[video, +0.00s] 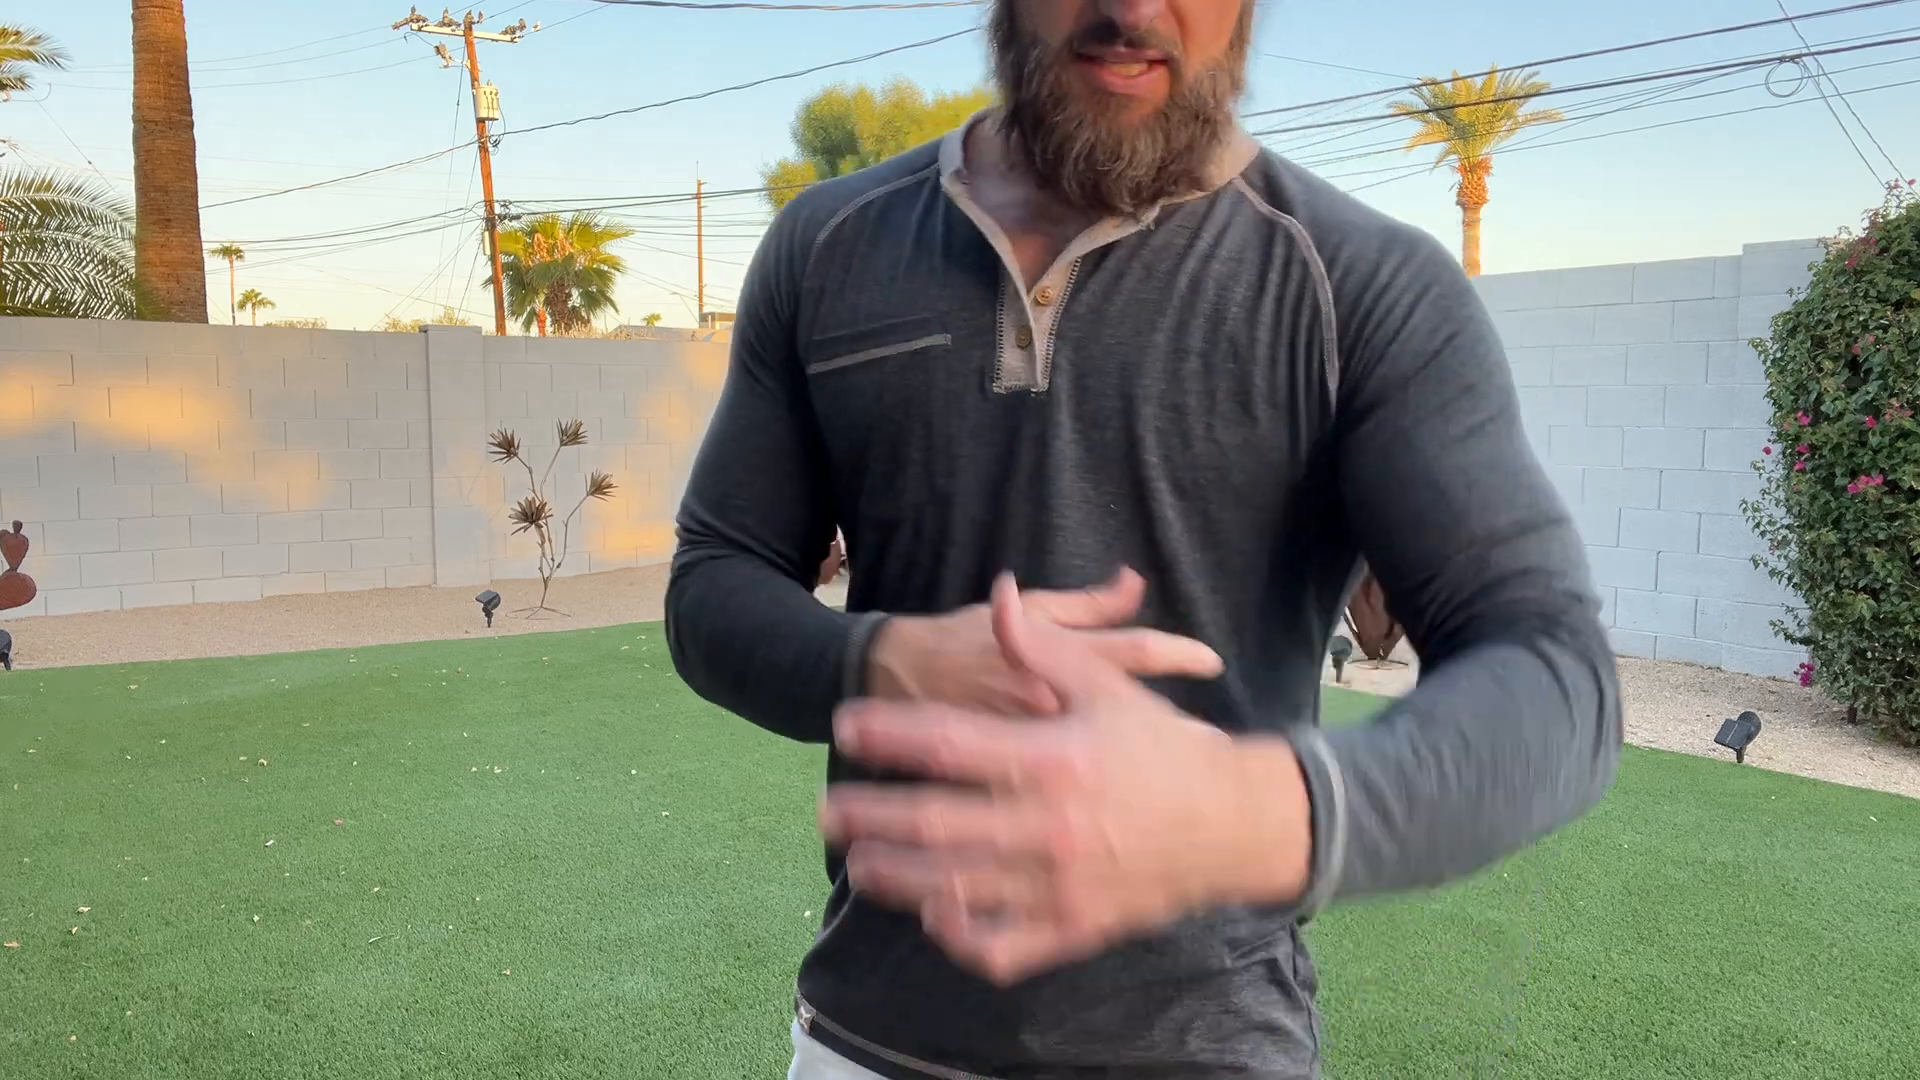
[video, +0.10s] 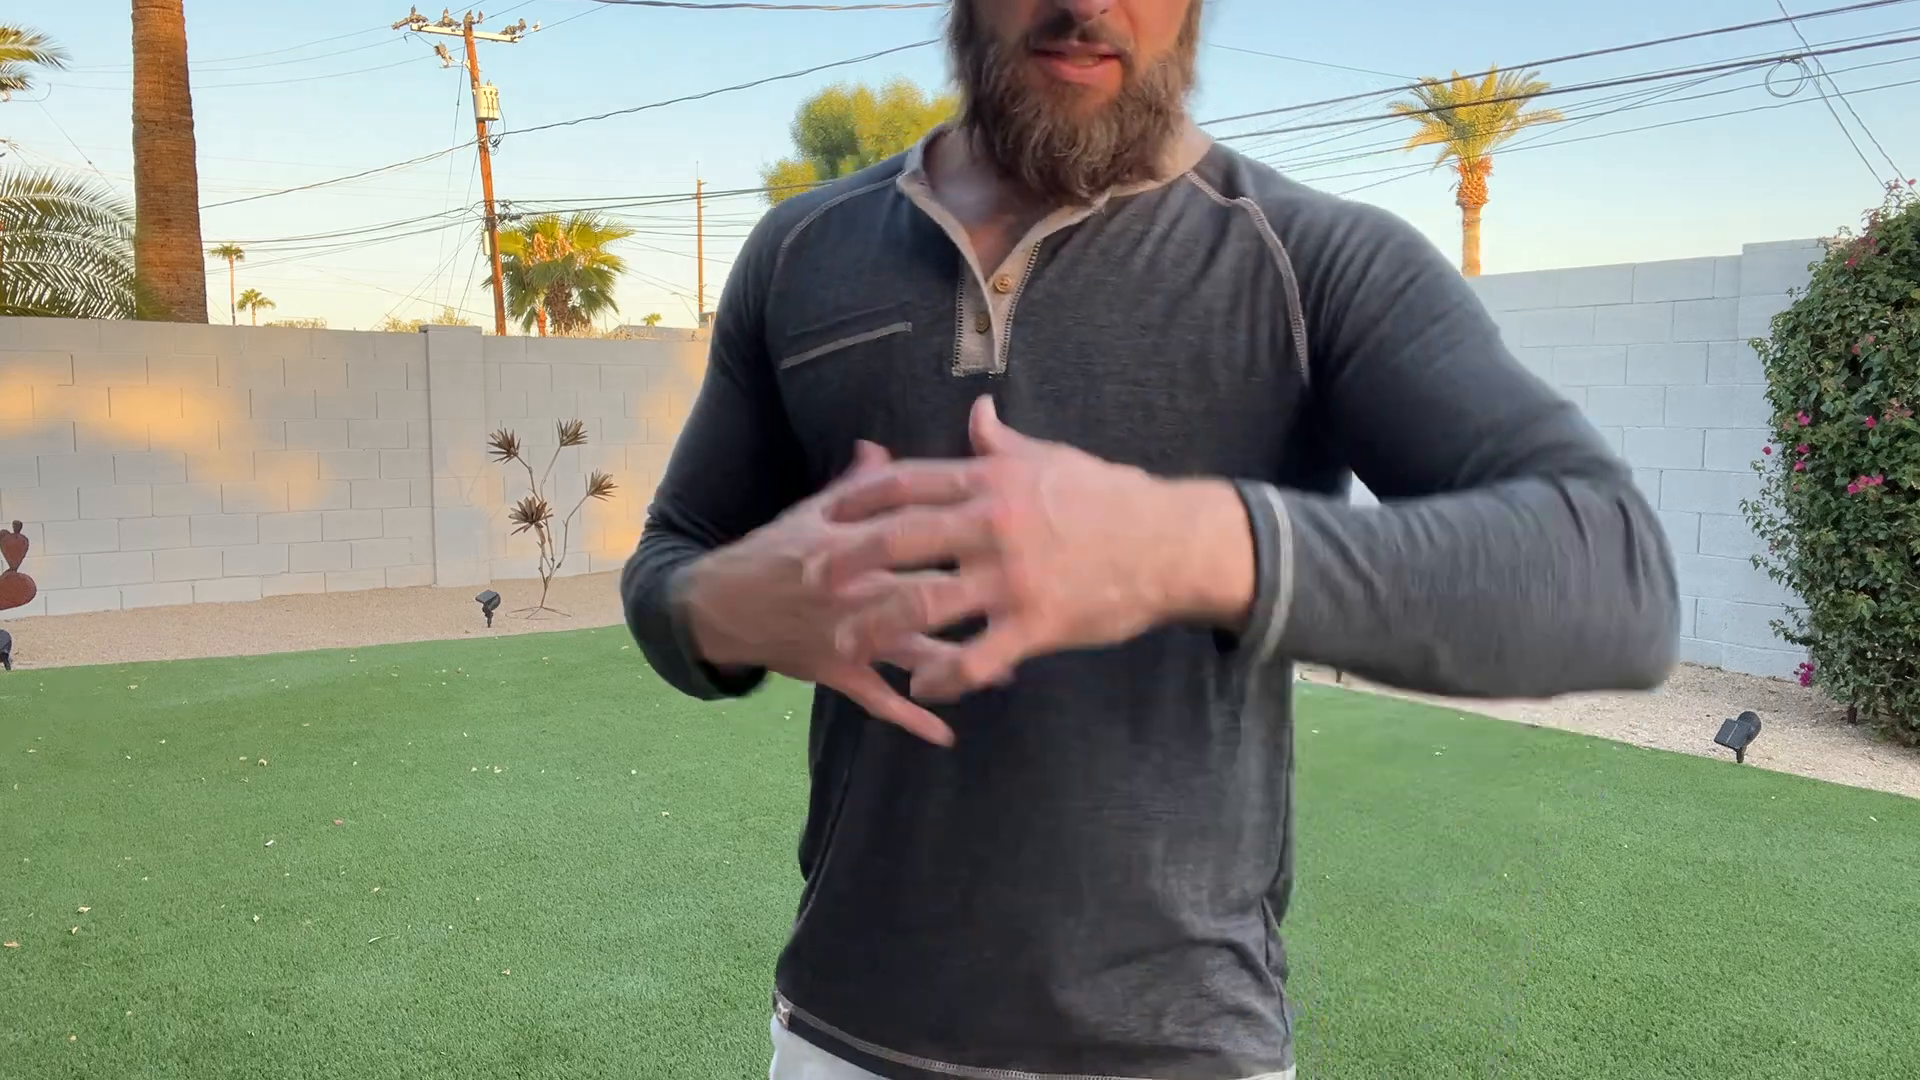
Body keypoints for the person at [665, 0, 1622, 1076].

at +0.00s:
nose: (1133, 7)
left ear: (1243, 15)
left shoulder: (1365, 284)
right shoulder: (827, 253)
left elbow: (1553, 681)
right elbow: (714, 589)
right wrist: (889, 666)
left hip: (1204, 1026)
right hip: (879, 1020)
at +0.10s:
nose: (1076, 1)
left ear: (1195, 5)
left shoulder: (1317, 263)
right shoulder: (802, 260)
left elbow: (1617, 582)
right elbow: (666, 583)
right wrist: (720, 609)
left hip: (1177, 1025)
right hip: (858, 1021)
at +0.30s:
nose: (1002, 38)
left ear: (1108, 23)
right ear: (886, 17)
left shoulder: (1230, 263)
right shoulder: (766, 286)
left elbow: (1499, 483)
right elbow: (688, 586)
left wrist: (1088, 550)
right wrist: (553, 619)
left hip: (1140, 1031)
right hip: (828, 1021)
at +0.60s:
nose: (914, 38)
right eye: (865, 0)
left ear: (1018, 16)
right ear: (800, 15)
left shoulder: (1173, 269)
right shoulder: (703, 299)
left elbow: (1363, 596)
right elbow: (663, 652)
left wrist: (1148, 604)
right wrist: (605, 579)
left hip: (1089, 980)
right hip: (816, 983)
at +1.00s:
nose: (1075, 10)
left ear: (1179, 14)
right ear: (932, 4)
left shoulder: (1293, 307)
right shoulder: (731, 270)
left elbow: (1387, 725)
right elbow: (583, 637)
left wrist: (1308, 621)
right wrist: (752, 563)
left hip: (1160, 1017)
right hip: (845, 1020)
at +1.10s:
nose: (1156, 7)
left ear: (1270, 15)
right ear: (1011, 5)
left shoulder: (1367, 308)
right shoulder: (772, 247)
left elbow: (1444, 772)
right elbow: (589, 665)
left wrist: (1345, 570)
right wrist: (776, 527)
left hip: (1199, 1022)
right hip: (872, 1020)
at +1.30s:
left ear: (1467, 2)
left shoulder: (1558, 325)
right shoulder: (856, 221)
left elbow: (1629, 845)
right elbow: (640, 671)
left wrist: (1431, 623)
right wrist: (866, 531)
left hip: (1284, 1048)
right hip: (904, 1039)